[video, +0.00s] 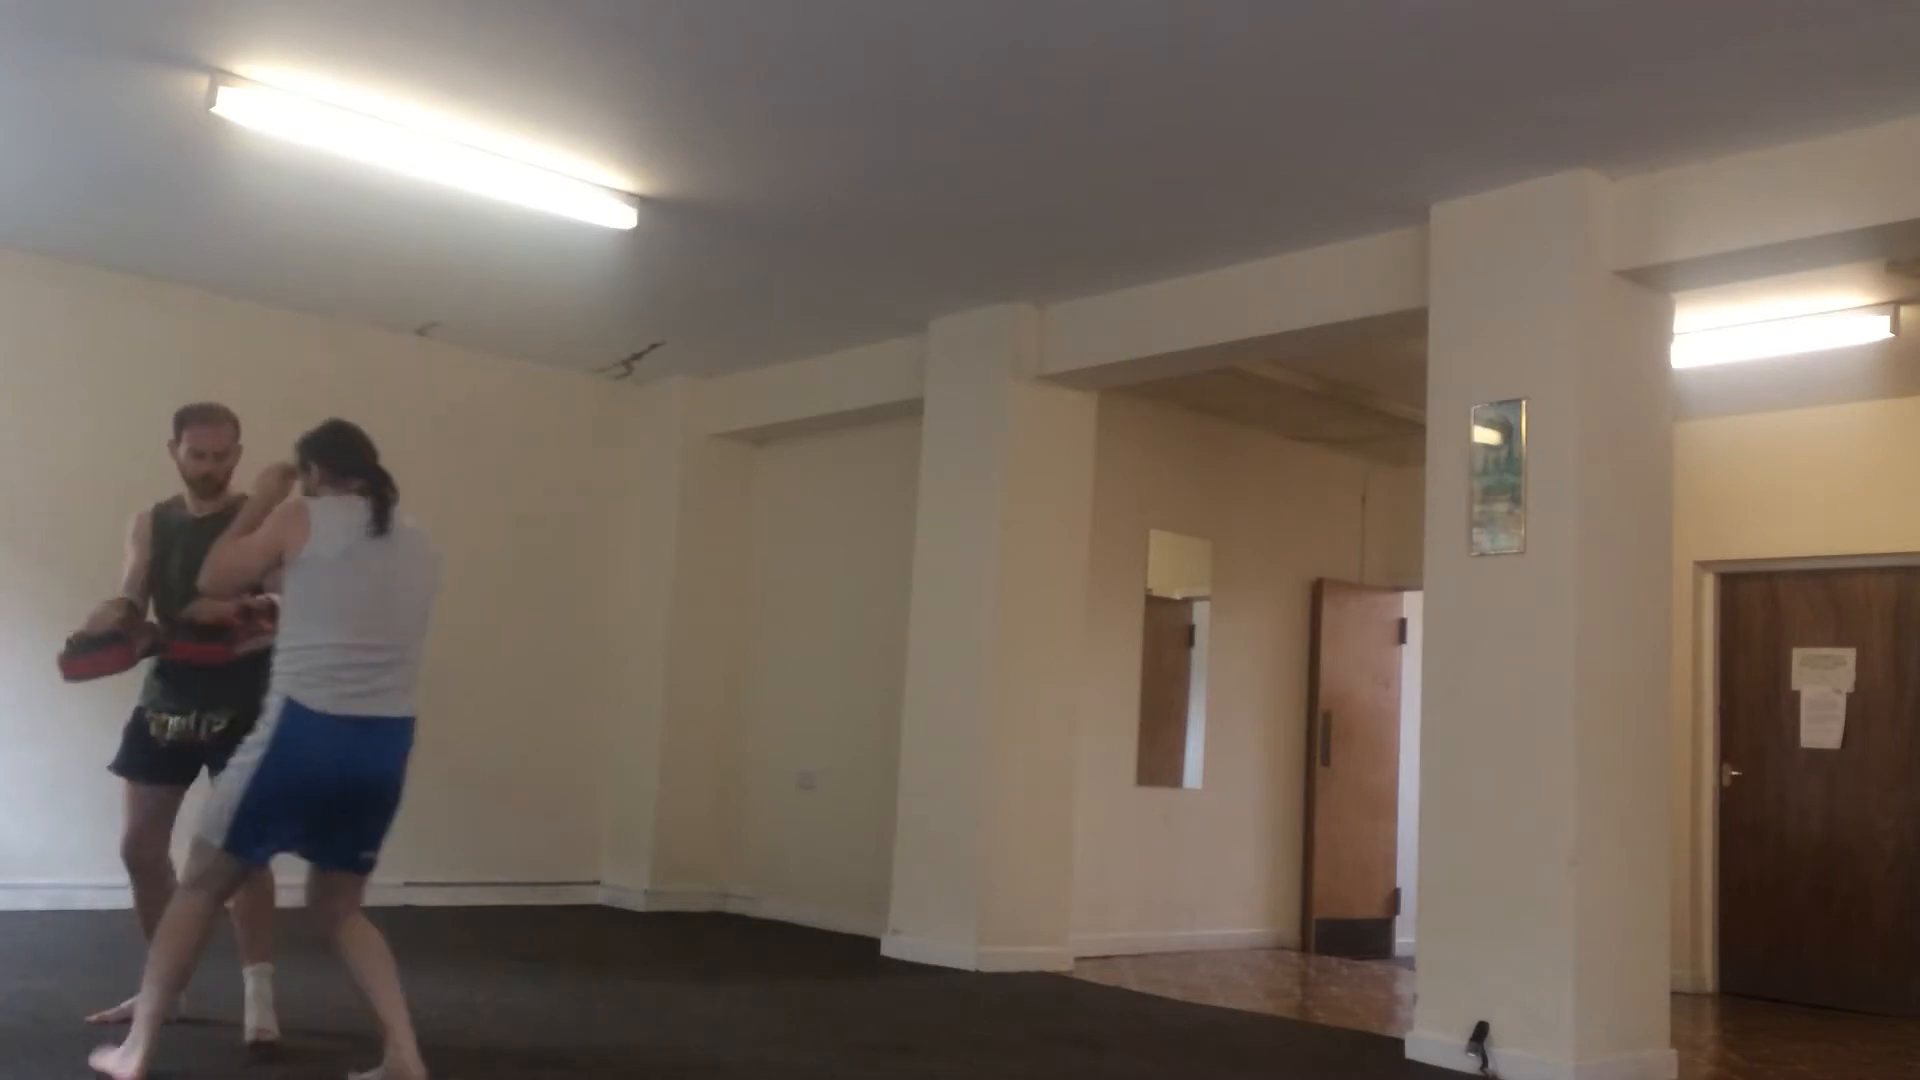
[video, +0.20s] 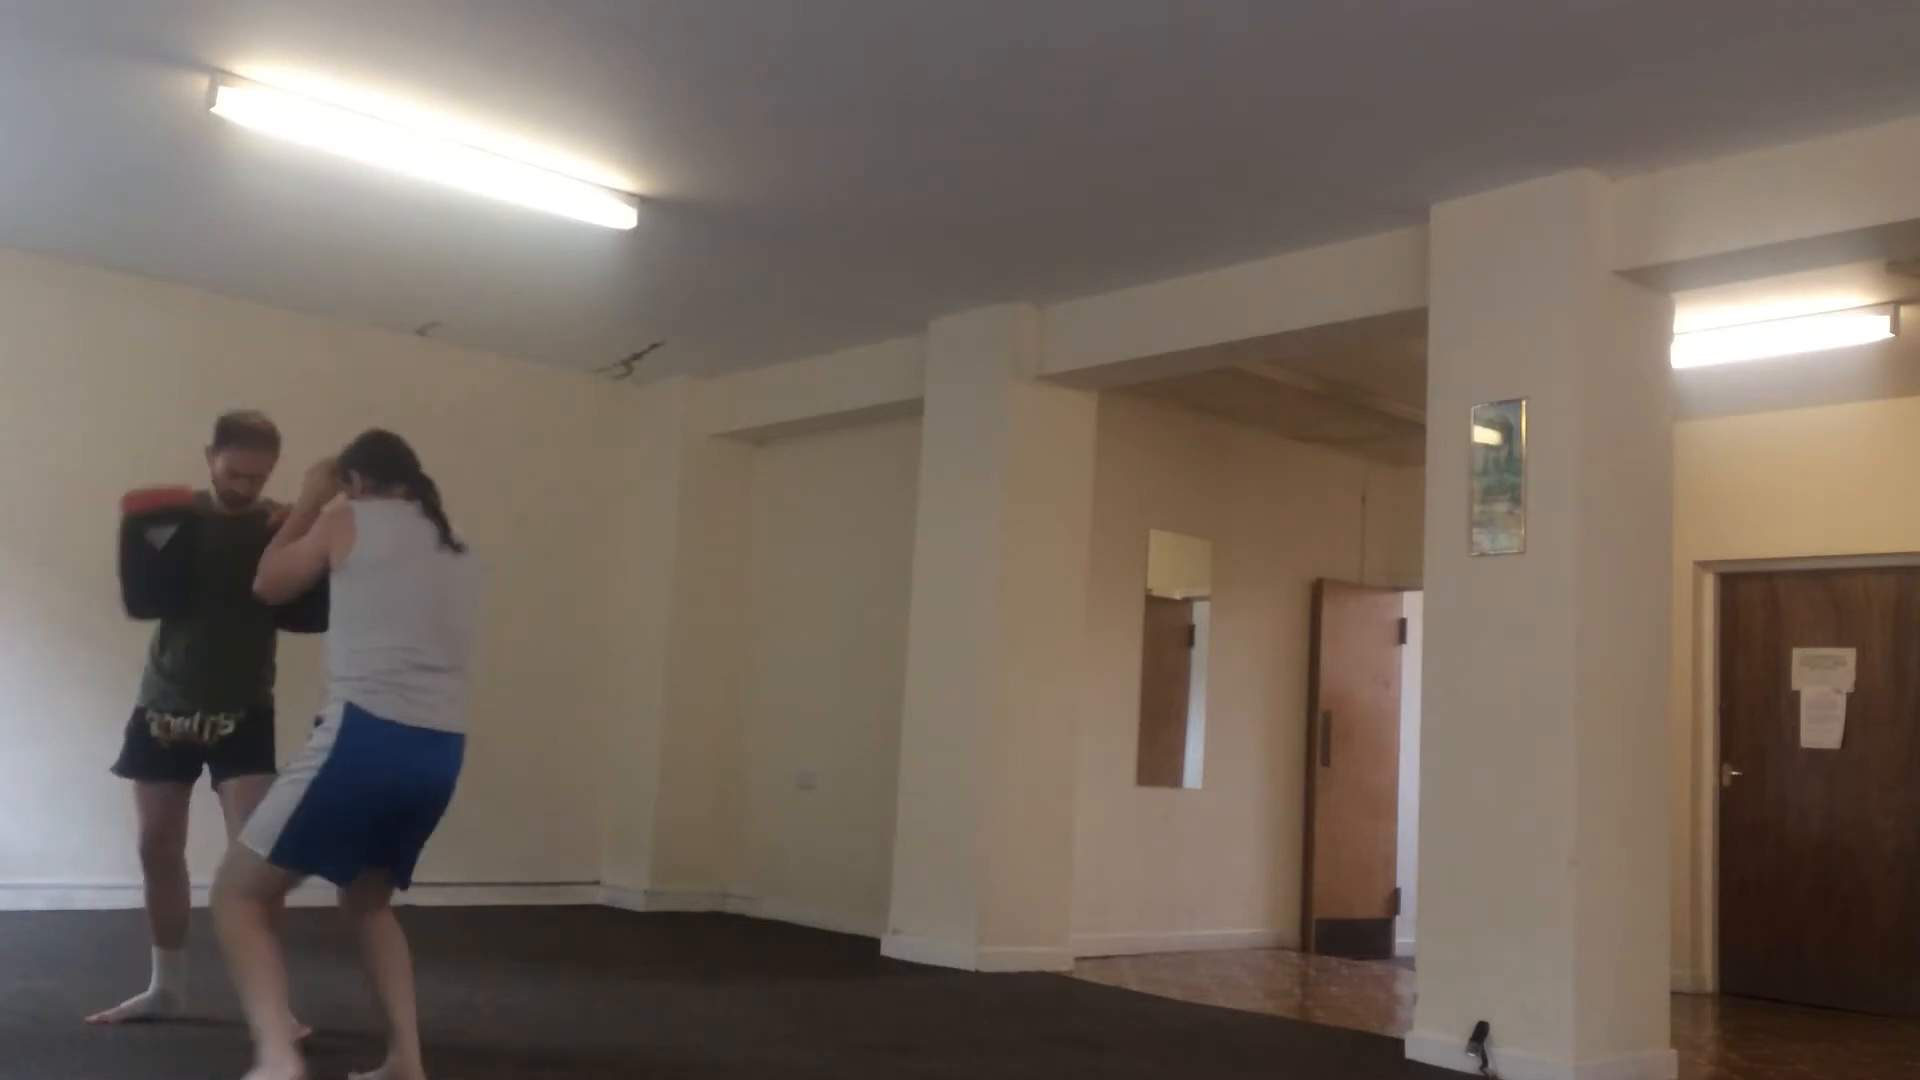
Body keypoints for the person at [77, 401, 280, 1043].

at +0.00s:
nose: (208, 467)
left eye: (220, 456)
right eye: (197, 455)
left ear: (239, 454)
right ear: (174, 454)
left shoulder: (262, 519)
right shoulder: (154, 522)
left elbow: (287, 602)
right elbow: (131, 605)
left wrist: (247, 617)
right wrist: (111, 620)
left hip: (244, 702)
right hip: (170, 698)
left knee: (244, 852)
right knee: (141, 848)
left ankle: (259, 998)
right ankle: (163, 983)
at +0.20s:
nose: (243, 484)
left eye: (255, 475)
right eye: (234, 471)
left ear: (270, 471)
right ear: (212, 460)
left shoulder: (284, 532)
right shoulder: (181, 524)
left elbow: (312, 615)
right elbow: (142, 601)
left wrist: (298, 542)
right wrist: (132, 528)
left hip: (243, 709)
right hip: (167, 705)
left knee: (256, 855)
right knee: (157, 847)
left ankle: (269, 1001)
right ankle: (165, 988)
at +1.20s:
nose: (255, 467)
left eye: (267, 458)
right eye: (248, 450)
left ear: (274, 459)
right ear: (216, 430)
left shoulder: (231, 514)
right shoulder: (161, 496)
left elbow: (240, 599)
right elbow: (203, 597)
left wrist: (311, 598)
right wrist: (287, 584)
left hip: (207, 702)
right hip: (143, 704)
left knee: (259, 847)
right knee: (107, 864)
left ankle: (220, 1002)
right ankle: (43, 1029)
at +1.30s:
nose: (261, 463)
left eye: (272, 455)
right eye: (255, 446)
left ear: (272, 458)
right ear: (219, 429)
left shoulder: (227, 516)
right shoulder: (170, 495)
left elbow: (235, 613)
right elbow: (221, 597)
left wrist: (299, 596)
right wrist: (293, 588)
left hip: (210, 708)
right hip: (147, 707)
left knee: (248, 853)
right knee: (107, 862)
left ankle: (194, 1004)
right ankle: (42, 1031)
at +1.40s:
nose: (273, 465)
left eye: (283, 456)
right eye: (266, 448)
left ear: (281, 458)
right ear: (231, 432)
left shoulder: (233, 519)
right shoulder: (183, 497)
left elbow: (248, 615)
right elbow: (235, 602)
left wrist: (309, 596)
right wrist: (303, 596)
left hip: (217, 713)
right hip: (158, 711)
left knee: (239, 859)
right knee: (128, 865)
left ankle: (193, 1010)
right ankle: (45, 1027)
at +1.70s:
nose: (296, 465)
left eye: (306, 456)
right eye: (289, 449)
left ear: (304, 459)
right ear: (250, 435)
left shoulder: (248, 510)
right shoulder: (215, 498)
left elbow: (258, 611)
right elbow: (262, 601)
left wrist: (320, 595)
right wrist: (322, 591)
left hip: (231, 714)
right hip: (184, 712)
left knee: (243, 859)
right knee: (176, 861)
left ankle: (192, 1012)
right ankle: (107, 1042)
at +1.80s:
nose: (296, 466)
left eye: (305, 456)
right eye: (287, 449)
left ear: (304, 458)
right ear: (249, 437)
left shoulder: (227, 502)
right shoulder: (219, 498)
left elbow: (251, 613)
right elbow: (266, 602)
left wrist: (318, 596)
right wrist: (327, 595)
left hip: (228, 716)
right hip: (191, 717)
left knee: (247, 861)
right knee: (177, 869)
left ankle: (192, 1011)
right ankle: (107, 1049)